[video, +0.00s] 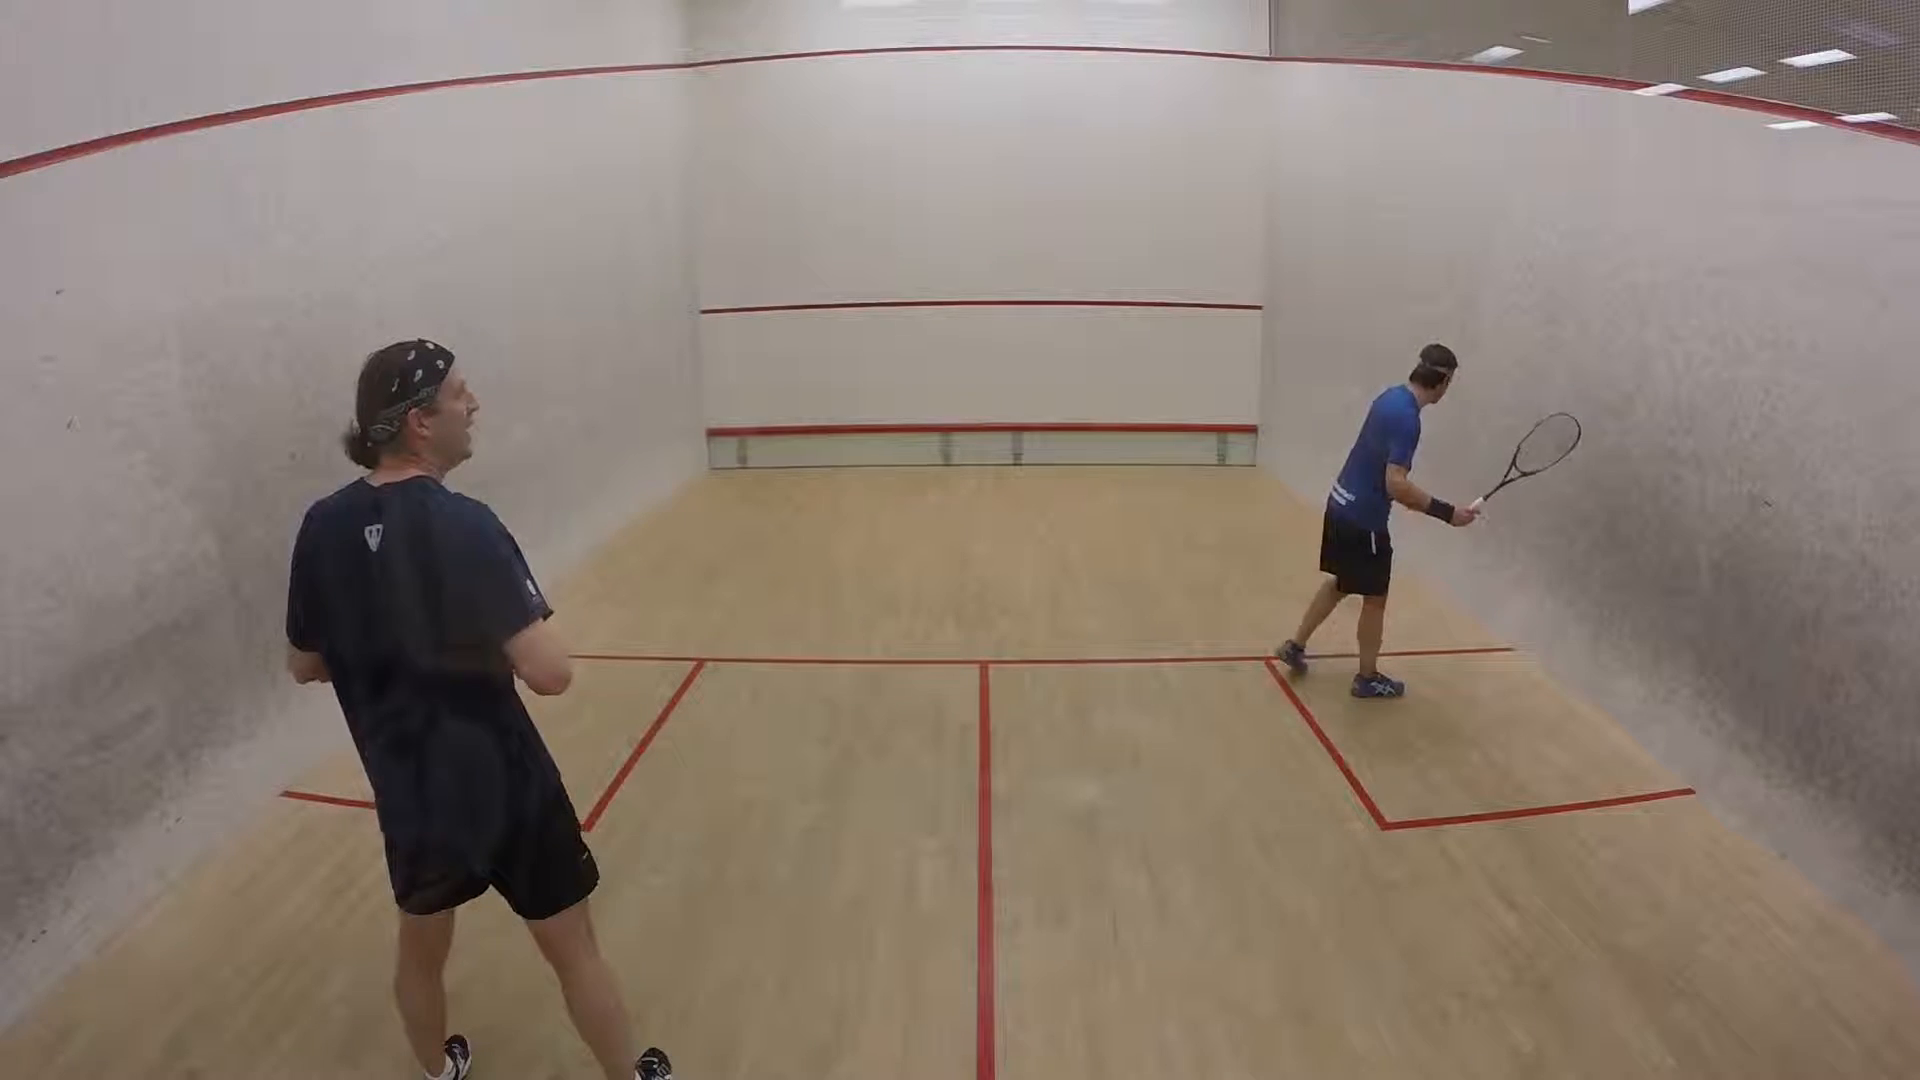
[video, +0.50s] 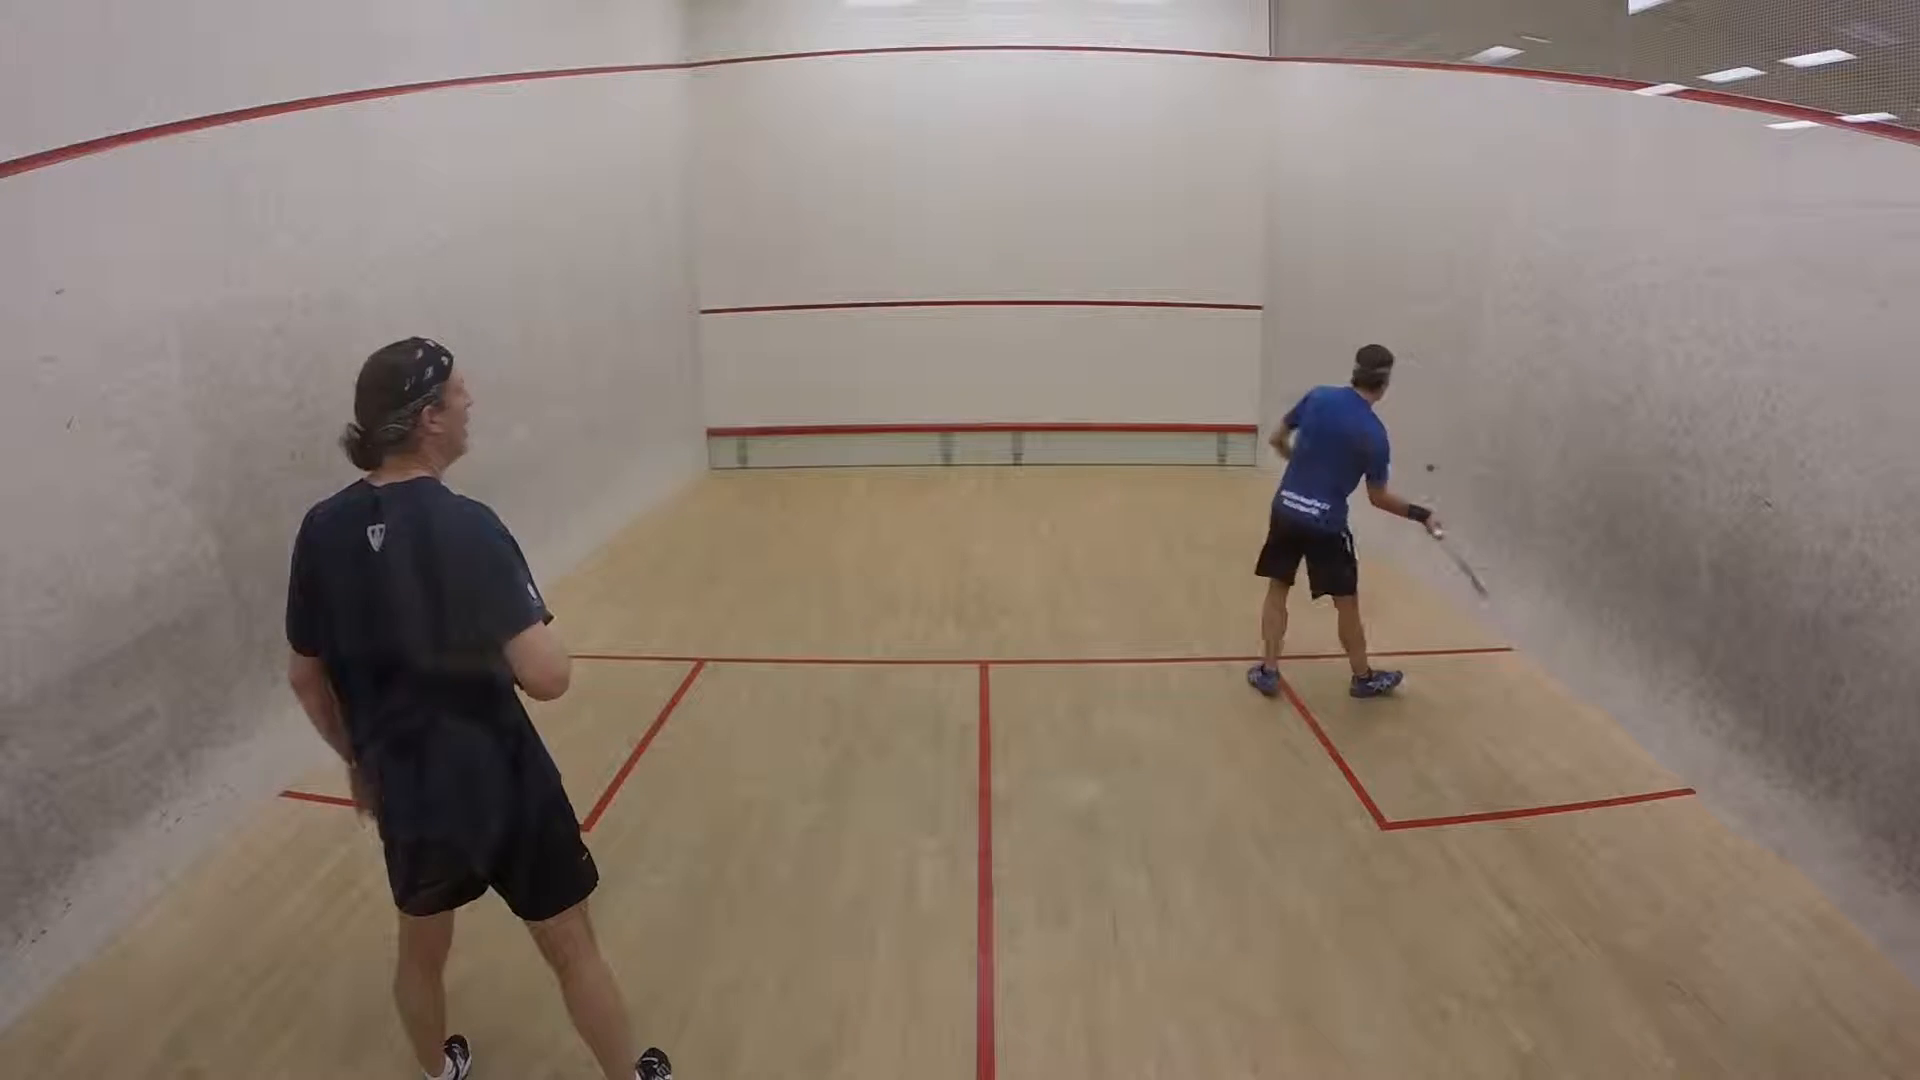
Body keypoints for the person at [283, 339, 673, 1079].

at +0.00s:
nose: (475, 407)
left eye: (467, 392)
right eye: (459, 397)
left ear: (398, 425)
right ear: (414, 423)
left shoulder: (324, 525)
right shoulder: (465, 524)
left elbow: (306, 663)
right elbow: (550, 672)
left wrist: (386, 642)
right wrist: (504, 623)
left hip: (408, 794)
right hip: (505, 782)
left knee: (420, 953)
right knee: (574, 951)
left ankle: (437, 1070)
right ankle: (632, 1070)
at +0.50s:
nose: (470, 411)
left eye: (465, 396)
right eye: (461, 399)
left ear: (382, 421)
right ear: (426, 420)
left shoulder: (324, 528)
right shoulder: (469, 525)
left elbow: (307, 675)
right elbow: (547, 676)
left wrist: (357, 756)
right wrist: (519, 627)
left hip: (402, 783)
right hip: (502, 775)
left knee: (420, 952)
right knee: (572, 949)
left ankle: (438, 1069)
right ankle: (631, 1071)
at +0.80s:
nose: (456, 407)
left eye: (449, 393)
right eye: (449, 396)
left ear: (365, 423)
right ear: (426, 417)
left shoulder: (317, 534)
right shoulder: (471, 521)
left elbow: (298, 688)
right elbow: (554, 667)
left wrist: (333, 777)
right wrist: (500, 654)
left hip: (404, 794)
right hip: (503, 779)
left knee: (418, 958)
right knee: (572, 953)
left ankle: (435, 1070)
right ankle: (630, 1072)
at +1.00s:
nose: (443, 408)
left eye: (436, 395)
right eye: (437, 398)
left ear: (351, 427)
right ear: (419, 419)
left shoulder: (308, 537)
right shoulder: (473, 513)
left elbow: (290, 691)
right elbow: (562, 654)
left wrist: (322, 785)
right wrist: (506, 659)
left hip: (393, 791)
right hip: (496, 776)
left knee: (415, 950)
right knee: (568, 951)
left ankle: (438, 1068)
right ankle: (630, 1072)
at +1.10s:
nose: (437, 410)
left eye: (429, 397)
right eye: (430, 400)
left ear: (345, 431)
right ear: (414, 421)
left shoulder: (305, 540)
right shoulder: (475, 512)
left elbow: (283, 695)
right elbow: (569, 643)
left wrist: (311, 796)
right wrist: (499, 657)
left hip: (387, 793)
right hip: (494, 775)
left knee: (411, 949)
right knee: (573, 940)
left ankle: (438, 1067)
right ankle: (631, 1071)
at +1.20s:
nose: (437, 422)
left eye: (430, 408)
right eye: (430, 411)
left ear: (344, 444)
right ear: (416, 433)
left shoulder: (305, 554)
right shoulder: (484, 520)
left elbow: (282, 715)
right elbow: (578, 640)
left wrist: (297, 819)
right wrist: (500, 653)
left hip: (393, 807)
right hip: (500, 787)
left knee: (412, 951)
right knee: (577, 938)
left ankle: (437, 1067)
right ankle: (644, 1069)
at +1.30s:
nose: (442, 431)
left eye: (435, 418)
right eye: (437, 422)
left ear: (349, 459)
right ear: (427, 444)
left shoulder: (317, 570)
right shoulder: (496, 530)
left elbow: (292, 736)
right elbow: (579, 638)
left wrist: (292, 845)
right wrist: (492, 652)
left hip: (408, 822)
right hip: (516, 801)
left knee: (415, 954)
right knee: (577, 940)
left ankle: (436, 1066)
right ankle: (640, 1069)